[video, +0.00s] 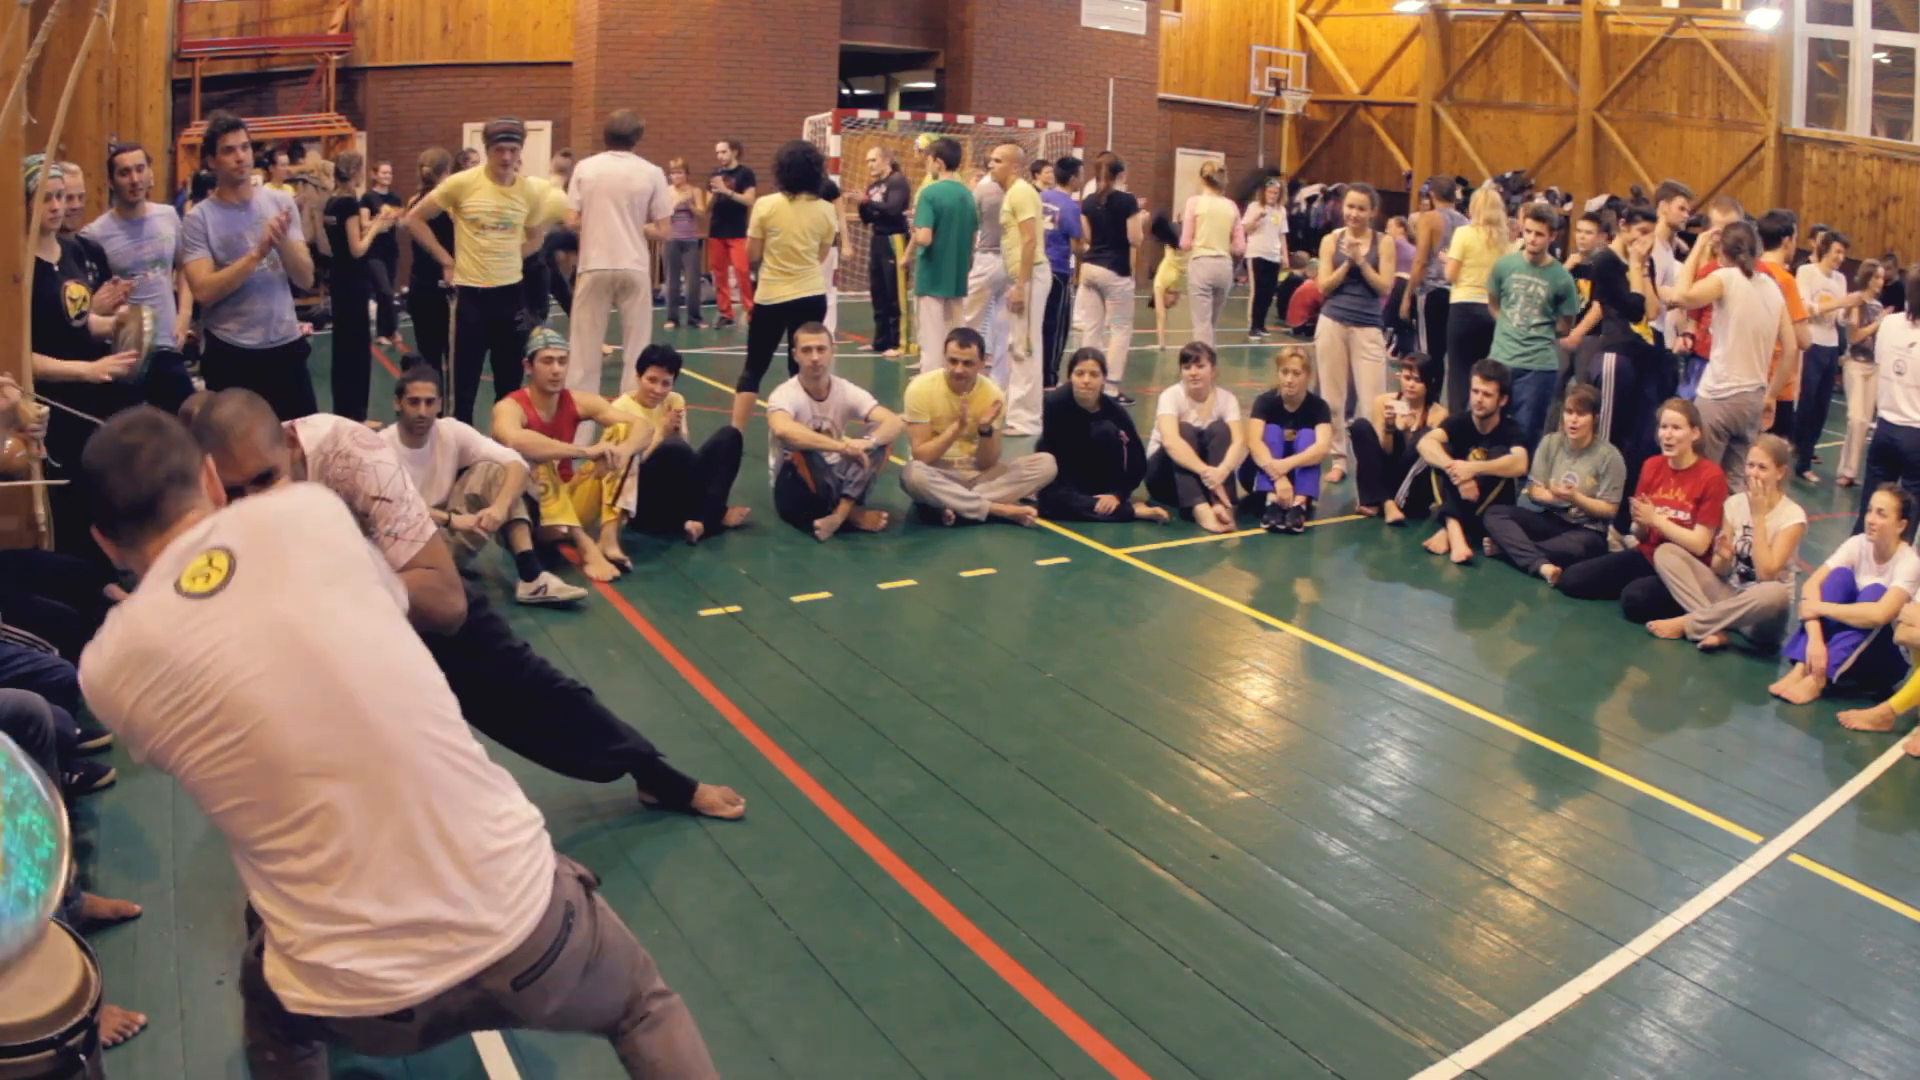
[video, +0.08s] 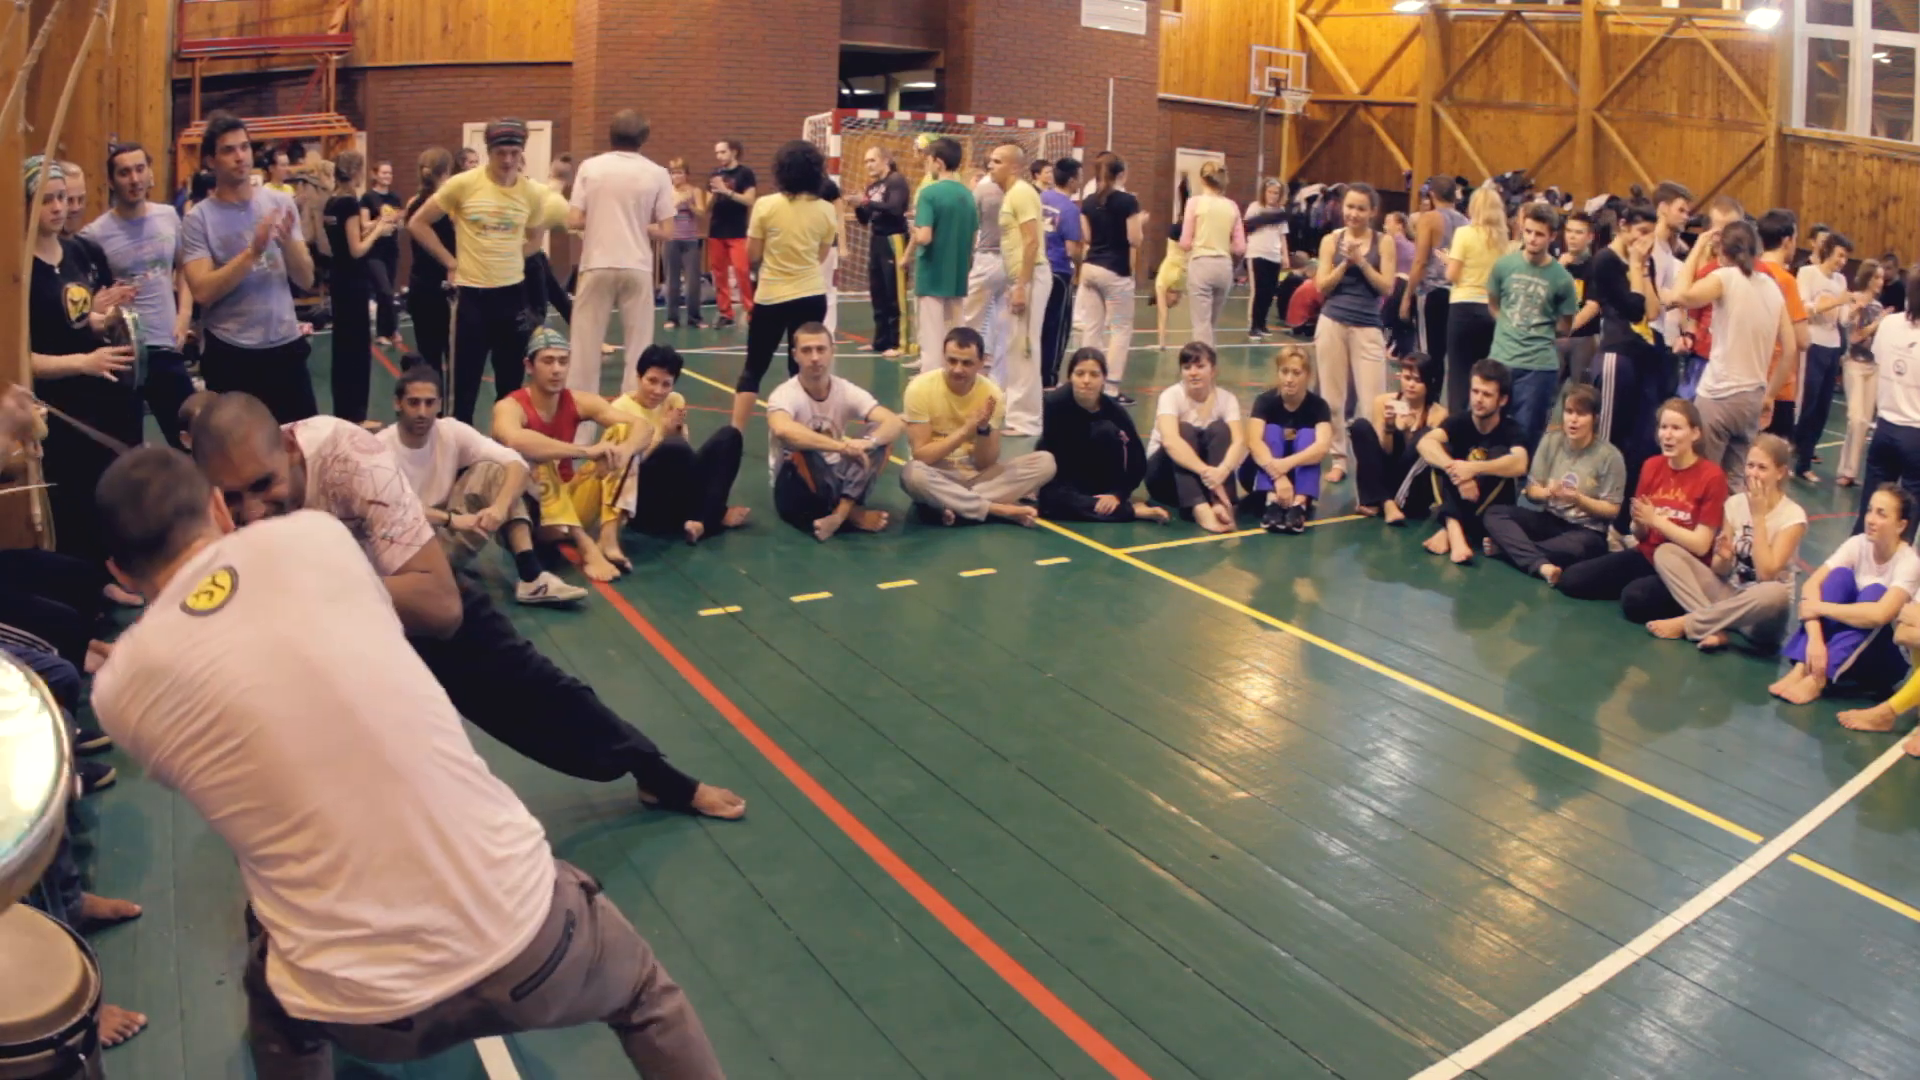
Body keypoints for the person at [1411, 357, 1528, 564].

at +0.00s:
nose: (1478, 399)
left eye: (1487, 395)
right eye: (1475, 392)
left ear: (1503, 400)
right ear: (1469, 392)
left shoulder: (1511, 429)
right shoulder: (1460, 421)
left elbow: (1520, 465)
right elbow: (1426, 444)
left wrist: (1473, 467)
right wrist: (1459, 474)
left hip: (1493, 510)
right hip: (1455, 505)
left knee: (1500, 457)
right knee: (1438, 457)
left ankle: (1449, 529)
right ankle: (1454, 530)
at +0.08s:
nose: (1478, 399)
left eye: (1487, 395)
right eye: (1475, 392)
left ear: (1503, 400)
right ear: (1469, 392)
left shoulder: (1511, 429)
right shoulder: (1460, 421)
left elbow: (1519, 465)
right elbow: (1425, 443)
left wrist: (1473, 467)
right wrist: (1459, 474)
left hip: (1493, 509)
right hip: (1455, 504)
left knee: (1500, 456)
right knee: (1438, 455)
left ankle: (1449, 528)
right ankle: (1454, 529)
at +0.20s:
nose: (1478, 399)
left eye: (1486, 395)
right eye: (1475, 392)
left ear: (1503, 400)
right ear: (1469, 392)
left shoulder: (1510, 429)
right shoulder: (1460, 421)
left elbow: (1519, 464)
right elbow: (1426, 443)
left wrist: (1473, 468)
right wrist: (1458, 474)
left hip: (1493, 510)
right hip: (1454, 504)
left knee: (1500, 456)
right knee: (1438, 453)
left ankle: (1449, 528)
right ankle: (1454, 528)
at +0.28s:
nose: (1478, 399)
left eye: (1487, 395)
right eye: (1475, 392)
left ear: (1503, 400)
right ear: (1469, 391)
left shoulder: (1511, 428)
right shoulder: (1460, 420)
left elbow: (1520, 465)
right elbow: (1426, 443)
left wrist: (1473, 468)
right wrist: (1459, 475)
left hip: (1492, 510)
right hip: (1454, 504)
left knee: (1499, 455)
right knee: (1438, 454)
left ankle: (1449, 528)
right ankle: (1454, 528)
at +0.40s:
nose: (1479, 399)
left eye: (1487, 395)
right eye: (1475, 392)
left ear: (1503, 400)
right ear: (1469, 392)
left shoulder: (1511, 428)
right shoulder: (1459, 420)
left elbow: (1519, 465)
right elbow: (1425, 444)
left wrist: (1473, 467)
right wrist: (1459, 475)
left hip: (1492, 509)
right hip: (1454, 505)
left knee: (1499, 456)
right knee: (1438, 456)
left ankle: (1449, 528)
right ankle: (1455, 530)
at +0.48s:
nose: (1479, 399)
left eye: (1487, 395)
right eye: (1475, 392)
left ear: (1503, 400)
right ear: (1469, 392)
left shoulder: (1511, 429)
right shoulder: (1460, 421)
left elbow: (1519, 464)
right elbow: (1425, 444)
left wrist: (1473, 467)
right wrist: (1459, 474)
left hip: (1493, 510)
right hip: (1454, 505)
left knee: (1499, 457)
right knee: (1438, 457)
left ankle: (1449, 528)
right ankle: (1454, 531)